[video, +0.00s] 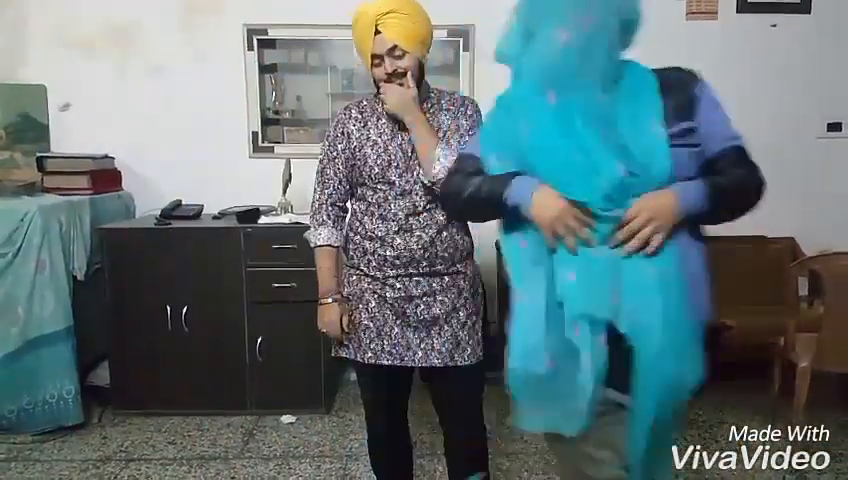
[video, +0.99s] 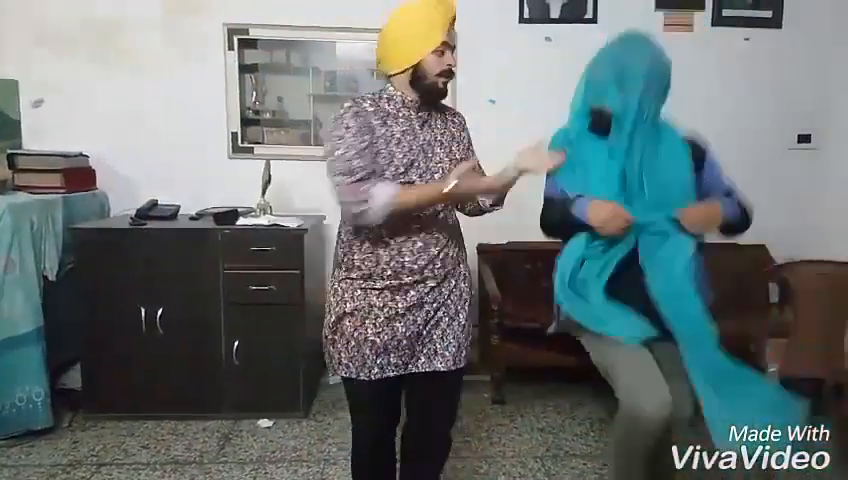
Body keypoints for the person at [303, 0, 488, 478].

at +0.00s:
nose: (388, 67)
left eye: (399, 55)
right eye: (377, 58)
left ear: (423, 53)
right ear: (367, 62)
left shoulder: (460, 113)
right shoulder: (350, 122)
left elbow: (466, 197)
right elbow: (328, 210)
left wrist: (414, 118)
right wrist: (328, 295)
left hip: (447, 291)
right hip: (374, 294)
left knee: (464, 426)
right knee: (384, 427)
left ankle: (470, 475)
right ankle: (393, 477)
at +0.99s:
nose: (452, 62)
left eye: (452, 51)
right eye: (441, 51)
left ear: (449, 57)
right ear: (407, 56)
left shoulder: (451, 122)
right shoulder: (357, 118)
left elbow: (470, 201)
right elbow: (361, 204)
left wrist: (516, 169)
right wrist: (447, 187)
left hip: (442, 300)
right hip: (372, 301)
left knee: (431, 439)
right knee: (373, 436)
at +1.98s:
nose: (461, 55)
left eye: (469, 43)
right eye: (447, 42)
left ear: (476, 47)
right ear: (415, 44)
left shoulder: (480, 123)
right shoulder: (373, 115)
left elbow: (509, 191)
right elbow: (343, 208)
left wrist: (532, 243)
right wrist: (443, 245)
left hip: (470, 323)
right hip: (394, 323)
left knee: (457, 456)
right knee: (402, 463)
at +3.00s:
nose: (475, 47)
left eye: (483, 32)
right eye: (477, 32)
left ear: (526, 33)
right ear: (521, 35)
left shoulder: (598, 115)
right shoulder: (498, 108)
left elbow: (680, 222)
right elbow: (473, 167)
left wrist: (616, 314)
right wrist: (451, 191)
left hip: (563, 349)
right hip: (480, 339)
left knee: (566, 471)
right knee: (470, 470)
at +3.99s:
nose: (428, 96)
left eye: (435, 79)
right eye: (427, 81)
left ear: (475, 75)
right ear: (475, 76)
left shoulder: (548, 148)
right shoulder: (448, 152)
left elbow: (624, 265)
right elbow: (397, 240)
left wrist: (565, 373)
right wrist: (425, 163)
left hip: (525, 401)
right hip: (442, 390)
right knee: (439, 473)